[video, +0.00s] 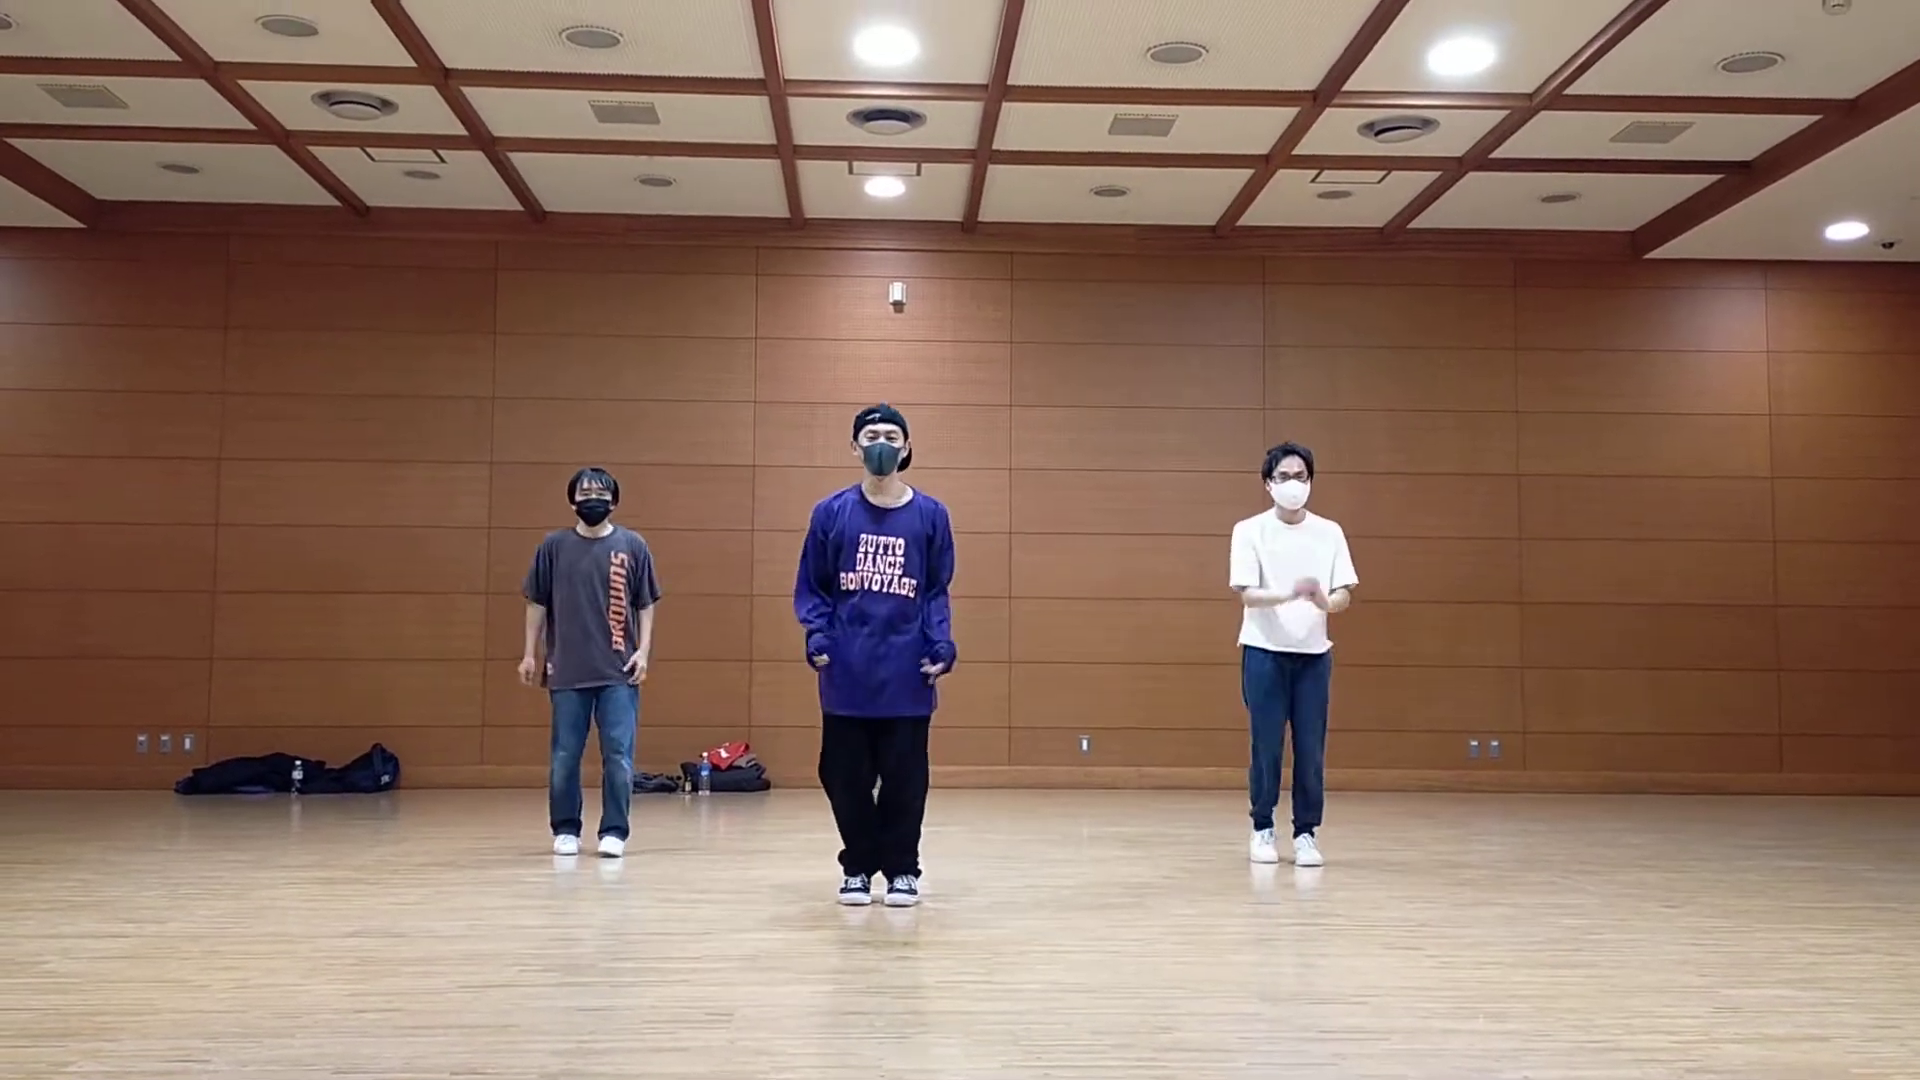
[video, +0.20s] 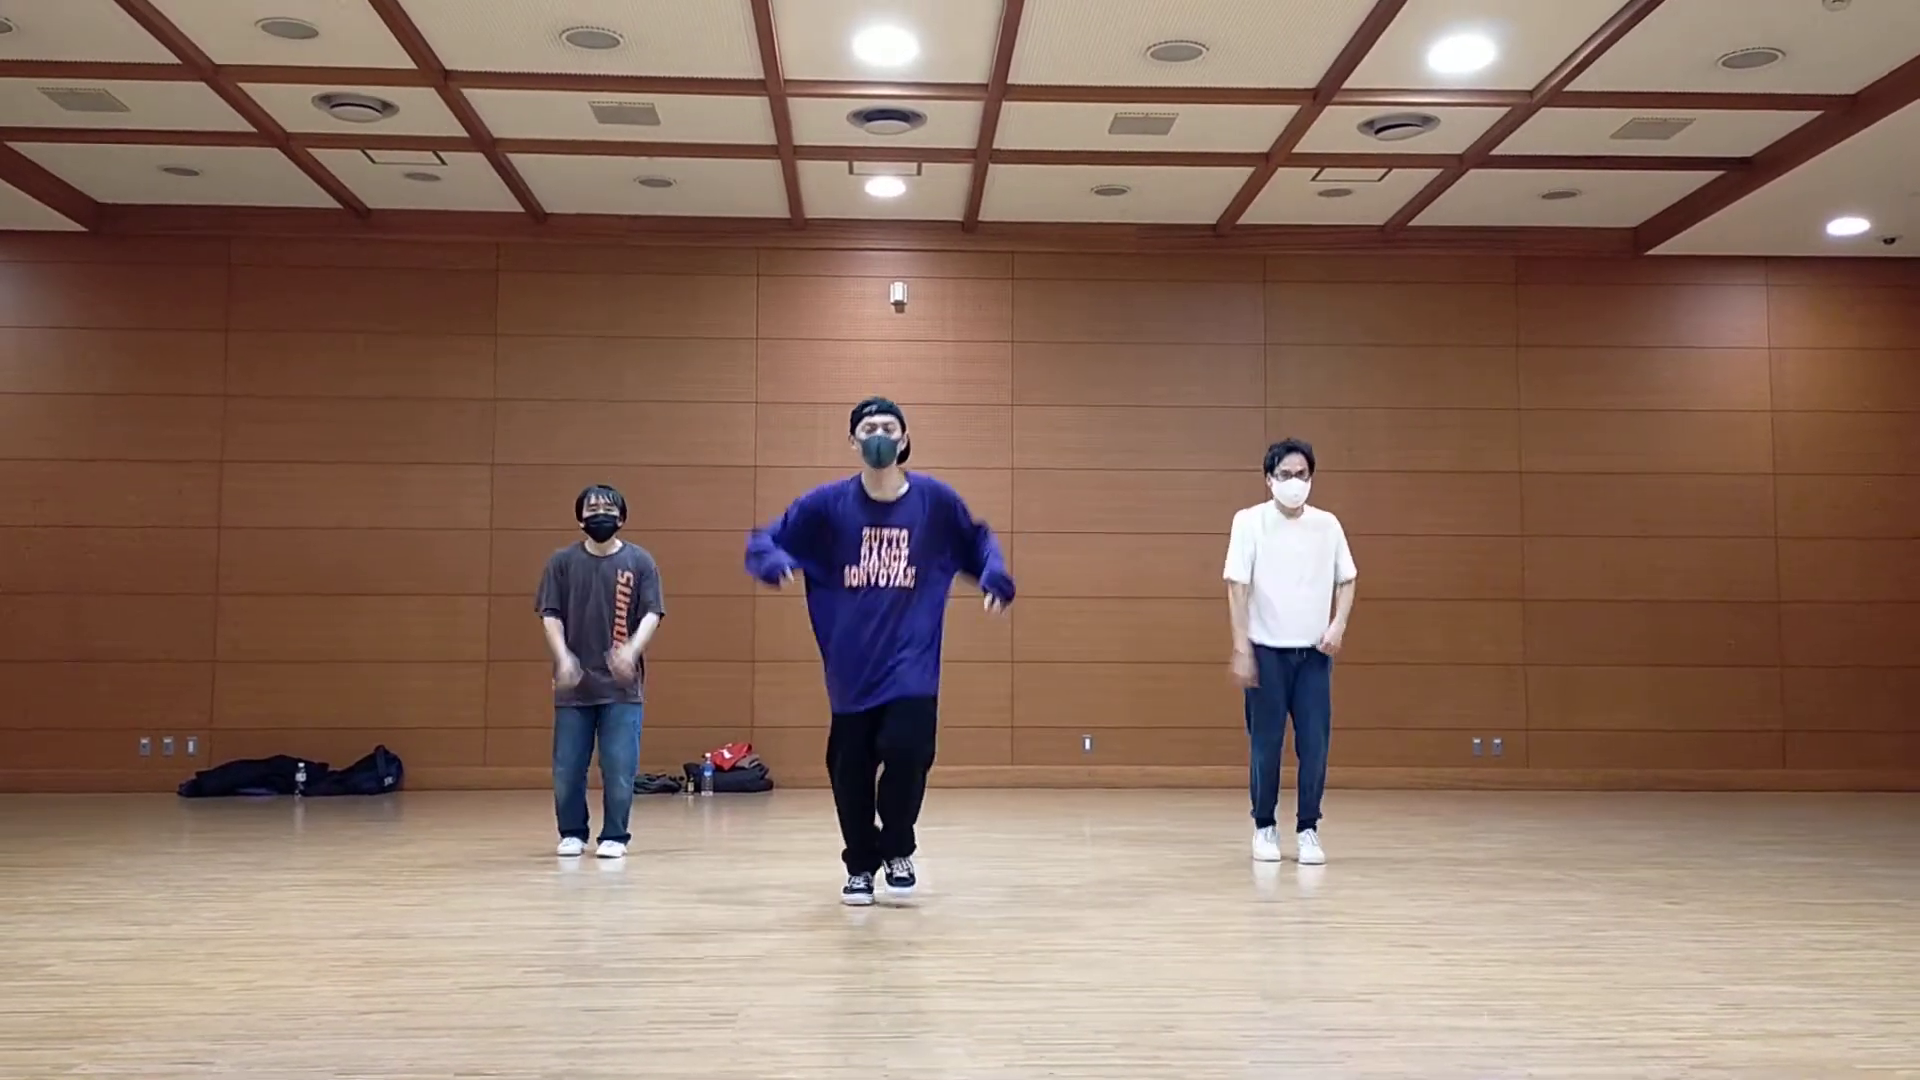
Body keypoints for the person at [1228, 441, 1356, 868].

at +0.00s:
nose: (1293, 484)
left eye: (1300, 477)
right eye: (1284, 478)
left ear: (1310, 483)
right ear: (1269, 483)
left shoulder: (1330, 532)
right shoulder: (1248, 531)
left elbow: (1344, 595)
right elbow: (1247, 595)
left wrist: (1326, 603)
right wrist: (1288, 595)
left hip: (1314, 655)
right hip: (1264, 653)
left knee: (1310, 749)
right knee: (1267, 747)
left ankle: (1306, 834)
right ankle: (1263, 830)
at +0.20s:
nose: (1295, 482)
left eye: (1301, 475)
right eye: (1286, 475)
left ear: (1311, 479)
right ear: (1269, 480)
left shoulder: (1327, 524)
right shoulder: (1249, 522)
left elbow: (1347, 580)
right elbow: (1236, 587)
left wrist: (1339, 624)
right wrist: (1241, 649)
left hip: (1314, 653)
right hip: (1265, 652)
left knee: (1314, 745)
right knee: (1266, 745)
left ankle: (1308, 831)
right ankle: (1265, 829)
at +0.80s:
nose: (1320, 481)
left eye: (1327, 473)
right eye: (1310, 474)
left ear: (1338, 480)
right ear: (1292, 482)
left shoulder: (1354, 527)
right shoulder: (1268, 529)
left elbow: (1359, 590)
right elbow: (1246, 591)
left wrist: (1357, 641)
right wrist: (1245, 650)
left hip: (1333, 651)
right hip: (1284, 648)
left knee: (1341, 750)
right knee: (1299, 740)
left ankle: (1305, 787)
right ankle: (1308, 841)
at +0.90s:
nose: (1326, 468)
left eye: (1333, 460)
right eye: (1316, 461)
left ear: (1344, 467)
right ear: (1299, 469)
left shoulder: (1359, 516)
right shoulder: (1275, 520)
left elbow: (1367, 577)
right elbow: (1262, 590)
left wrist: (1367, 625)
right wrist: (1275, 650)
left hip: (1345, 648)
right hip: (1298, 647)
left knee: (1355, 743)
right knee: (1304, 746)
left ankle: (1327, 823)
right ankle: (1303, 841)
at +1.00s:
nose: (1330, 476)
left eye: (1337, 469)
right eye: (1320, 469)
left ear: (1347, 475)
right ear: (1303, 476)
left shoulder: (1367, 525)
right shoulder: (1279, 529)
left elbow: (1377, 588)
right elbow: (1270, 598)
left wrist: (1370, 636)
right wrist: (1306, 639)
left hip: (1351, 655)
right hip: (1300, 655)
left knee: (1357, 746)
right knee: (1316, 742)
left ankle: (1345, 845)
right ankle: (1309, 845)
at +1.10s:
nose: (1331, 477)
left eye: (1338, 469)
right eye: (1321, 470)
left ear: (1350, 475)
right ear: (1305, 477)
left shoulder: (1372, 526)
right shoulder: (1283, 529)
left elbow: (1381, 589)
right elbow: (1268, 598)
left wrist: (1369, 632)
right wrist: (1314, 613)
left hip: (1357, 654)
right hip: (1305, 654)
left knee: (1358, 750)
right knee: (1318, 748)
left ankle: (1347, 847)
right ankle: (1312, 847)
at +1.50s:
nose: (1335, 528)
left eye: (1343, 519)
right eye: (1325, 520)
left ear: (1355, 525)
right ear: (1309, 529)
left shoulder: (1376, 574)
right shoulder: (1286, 580)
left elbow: (1390, 629)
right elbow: (1250, 627)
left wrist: (1403, 679)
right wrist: (1278, 678)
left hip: (1368, 706)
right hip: (1307, 708)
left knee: (1423, 774)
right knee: (1281, 773)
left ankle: (1458, 858)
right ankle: (1234, 855)